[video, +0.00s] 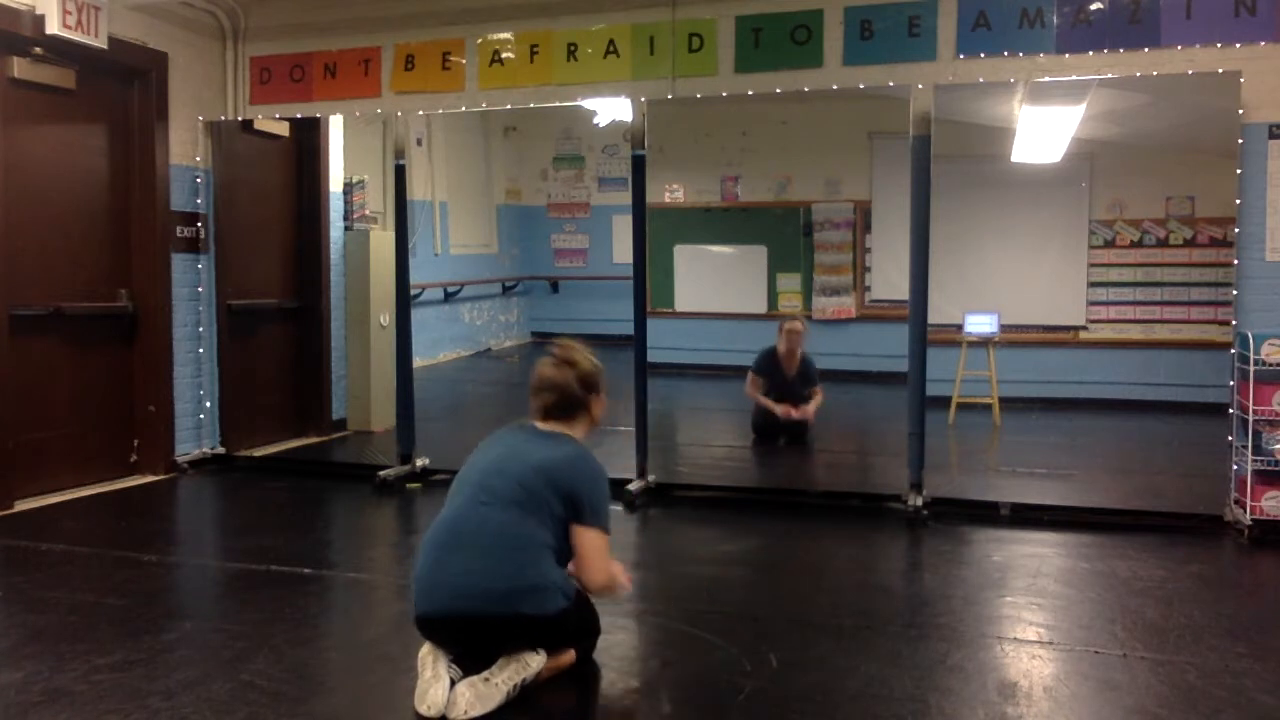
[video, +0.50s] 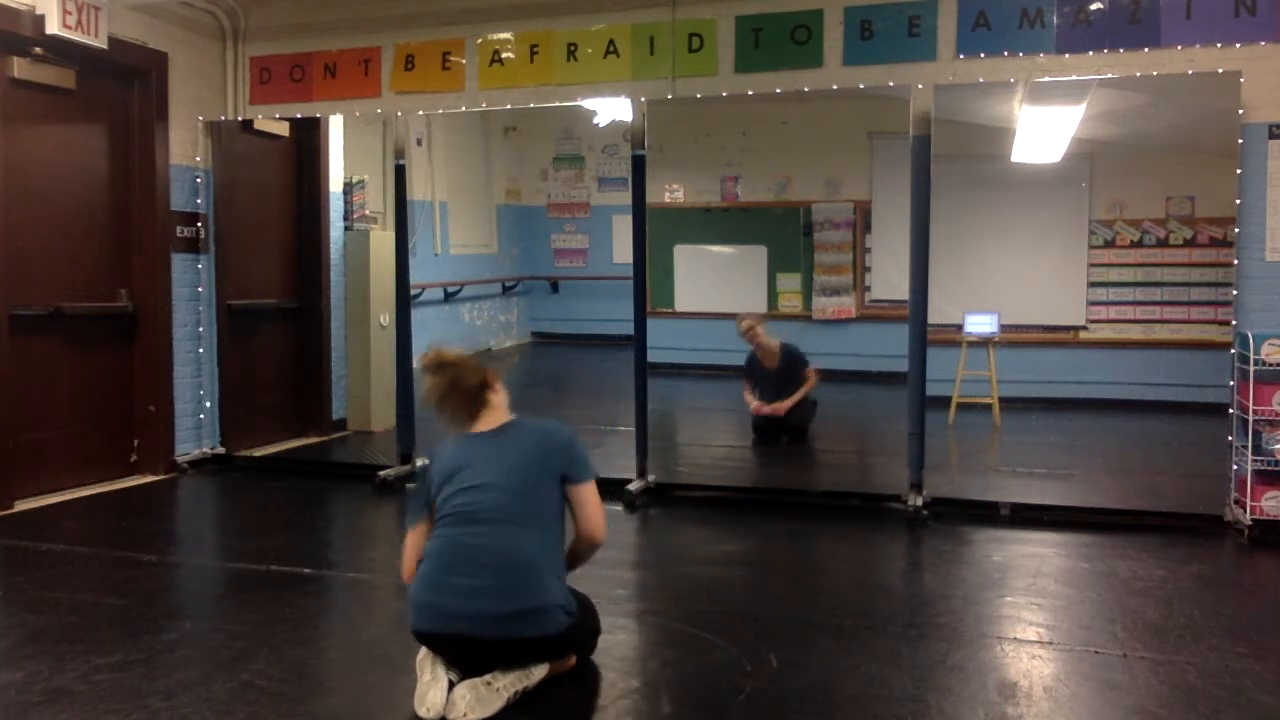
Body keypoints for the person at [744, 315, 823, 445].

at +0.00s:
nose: (793, 338)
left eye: (797, 333)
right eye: (789, 332)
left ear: (802, 337)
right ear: (780, 335)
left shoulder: (807, 363)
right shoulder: (766, 357)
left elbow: (817, 393)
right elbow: (751, 388)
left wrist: (809, 409)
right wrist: (776, 408)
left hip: (798, 416)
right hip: (769, 416)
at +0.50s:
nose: (751, 335)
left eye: (753, 329)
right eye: (746, 333)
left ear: (762, 327)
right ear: (744, 338)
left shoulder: (790, 352)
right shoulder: (752, 361)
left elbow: (811, 379)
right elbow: (748, 390)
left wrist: (786, 404)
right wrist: (754, 404)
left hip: (795, 406)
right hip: (768, 408)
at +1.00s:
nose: (736, 387)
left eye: (736, 381)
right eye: (733, 384)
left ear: (746, 370)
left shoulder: (777, 375)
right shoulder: (745, 383)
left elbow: (755, 409)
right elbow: (729, 409)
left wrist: (733, 437)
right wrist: (712, 434)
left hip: (800, 400)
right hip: (774, 401)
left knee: (795, 431)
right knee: (761, 431)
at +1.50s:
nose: (761, 325)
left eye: (765, 321)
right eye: (757, 322)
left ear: (774, 325)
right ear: (752, 326)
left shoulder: (787, 351)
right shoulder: (748, 354)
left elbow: (813, 381)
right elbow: (740, 384)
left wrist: (786, 399)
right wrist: (754, 398)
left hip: (793, 408)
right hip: (765, 408)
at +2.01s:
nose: (793, 336)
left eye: (798, 332)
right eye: (791, 330)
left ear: (803, 335)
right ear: (784, 329)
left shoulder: (806, 361)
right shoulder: (765, 352)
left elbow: (815, 389)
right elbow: (748, 382)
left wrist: (800, 407)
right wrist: (769, 410)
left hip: (795, 419)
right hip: (766, 418)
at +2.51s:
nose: (800, 394)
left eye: (804, 391)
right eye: (799, 389)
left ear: (810, 387)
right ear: (792, 379)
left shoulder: (807, 385)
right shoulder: (769, 380)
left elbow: (814, 414)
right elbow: (782, 413)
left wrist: (823, 440)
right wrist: (802, 440)